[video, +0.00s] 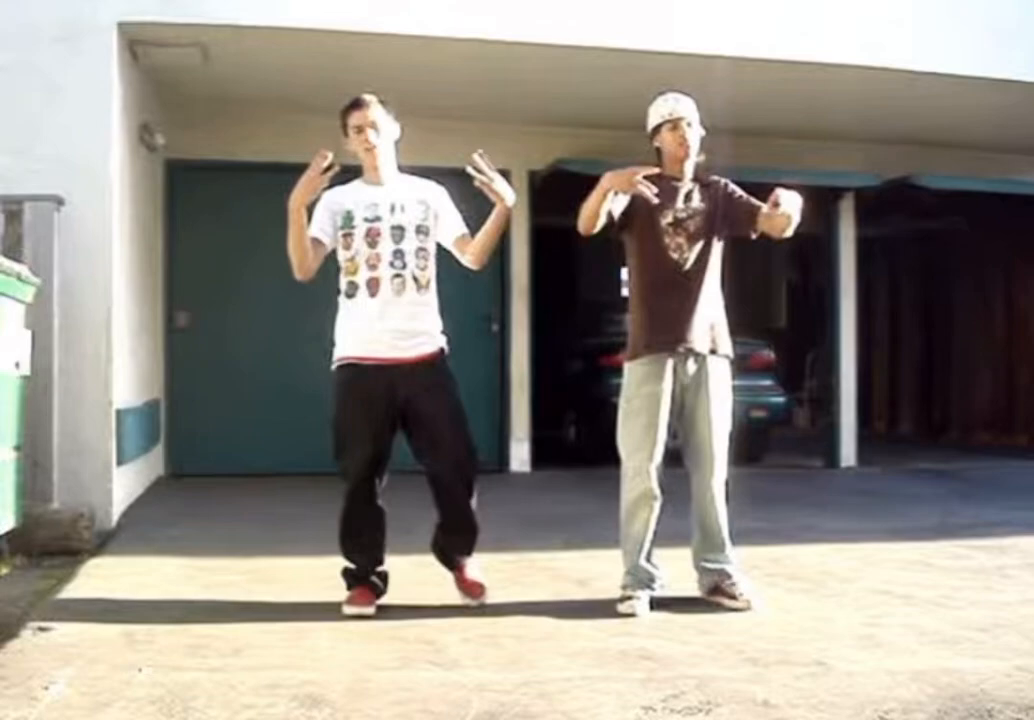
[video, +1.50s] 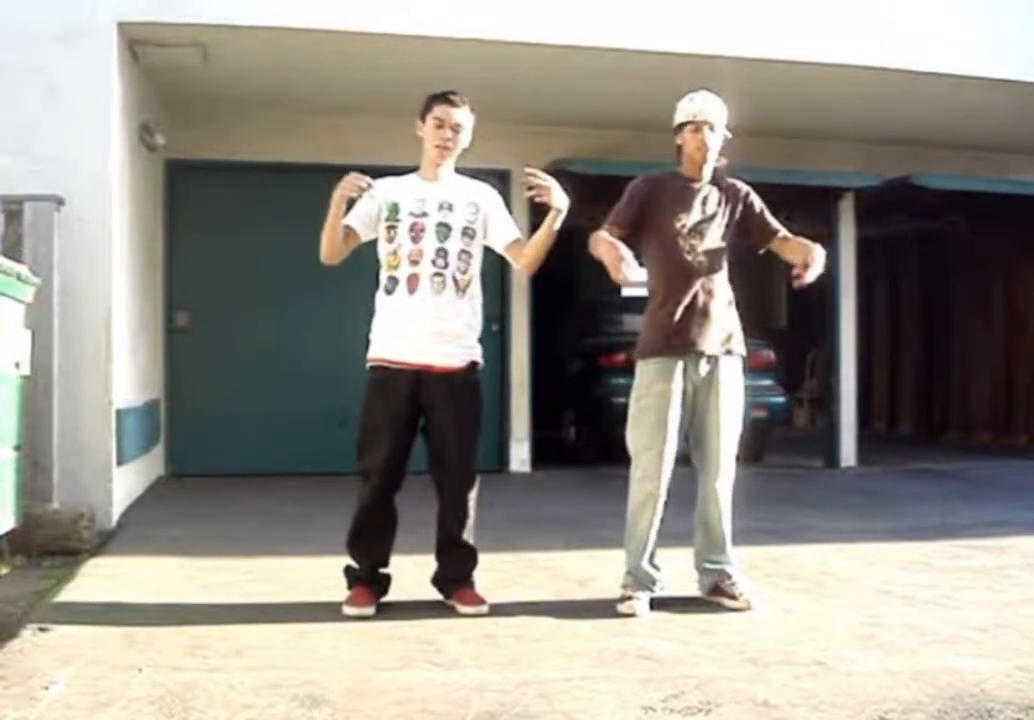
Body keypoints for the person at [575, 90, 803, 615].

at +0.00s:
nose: (681, 134)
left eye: (687, 125)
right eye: (670, 127)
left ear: (700, 133)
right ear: (655, 138)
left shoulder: (718, 192)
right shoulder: (637, 192)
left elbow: (775, 227)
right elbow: (588, 226)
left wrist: (788, 204)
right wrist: (606, 186)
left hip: (708, 347)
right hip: (649, 349)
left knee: (710, 465)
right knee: (640, 468)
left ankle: (717, 572)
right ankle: (638, 580)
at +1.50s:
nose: (700, 136)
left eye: (709, 128)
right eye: (692, 127)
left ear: (724, 137)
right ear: (678, 134)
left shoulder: (736, 195)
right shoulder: (650, 189)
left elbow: (777, 238)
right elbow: (602, 239)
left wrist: (810, 251)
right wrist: (614, 257)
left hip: (722, 346)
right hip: (662, 344)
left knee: (719, 467)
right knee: (651, 467)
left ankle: (717, 572)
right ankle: (638, 580)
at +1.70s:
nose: (717, 165)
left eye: (722, 157)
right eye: (706, 156)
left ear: (727, 164)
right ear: (681, 163)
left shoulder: (743, 224)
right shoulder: (645, 219)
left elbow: (749, 283)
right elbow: (600, 272)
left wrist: (734, 323)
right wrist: (631, 303)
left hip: (712, 362)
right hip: (657, 364)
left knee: (741, 472)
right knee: (648, 470)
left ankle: (724, 572)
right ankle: (604, 585)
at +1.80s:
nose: (736, 181)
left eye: (735, 173)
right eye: (724, 174)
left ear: (730, 183)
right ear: (691, 183)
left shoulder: (733, 237)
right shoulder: (662, 242)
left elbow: (722, 297)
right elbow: (630, 310)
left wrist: (751, 340)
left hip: (712, 377)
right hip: (663, 379)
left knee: (745, 479)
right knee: (658, 482)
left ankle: (723, 573)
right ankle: (605, 585)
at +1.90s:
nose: (741, 158)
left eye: (738, 149)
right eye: (731, 150)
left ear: (705, 159)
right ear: (705, 158)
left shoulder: (711, 205)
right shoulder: (702, 197)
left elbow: (724, 270)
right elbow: (701, 252)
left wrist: (782, 250)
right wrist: (769, 244)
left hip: (713, 360)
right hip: (682, 364)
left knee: (783, 449)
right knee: (675, 478)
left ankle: (741, 559)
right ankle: (607, 584)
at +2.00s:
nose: (744, 141)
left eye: (740, 134)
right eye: (736, 133)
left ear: (702, 141)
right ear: (715, 136)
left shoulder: (705, 184)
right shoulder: (714, 163)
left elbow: (753, 209)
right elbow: (772, 173)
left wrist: (807, 173)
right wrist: (818, 161)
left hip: (723, 344)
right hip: (703, 343)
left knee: (776, 446)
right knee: (669, 458)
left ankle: (786, 565)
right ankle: (607, 575)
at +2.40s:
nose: (778, 157)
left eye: (776, 151)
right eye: (771, 150)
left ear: (737, 161)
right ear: (750, 156)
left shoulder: (733, 202)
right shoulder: (753, 188)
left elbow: (766, 225)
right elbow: (814, 208)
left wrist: (788, 183)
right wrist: (837, 154)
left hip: (753, 351)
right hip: (745, 349)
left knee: (795, 456)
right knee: (703, 460)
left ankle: (787, 572)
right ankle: (614, 562)